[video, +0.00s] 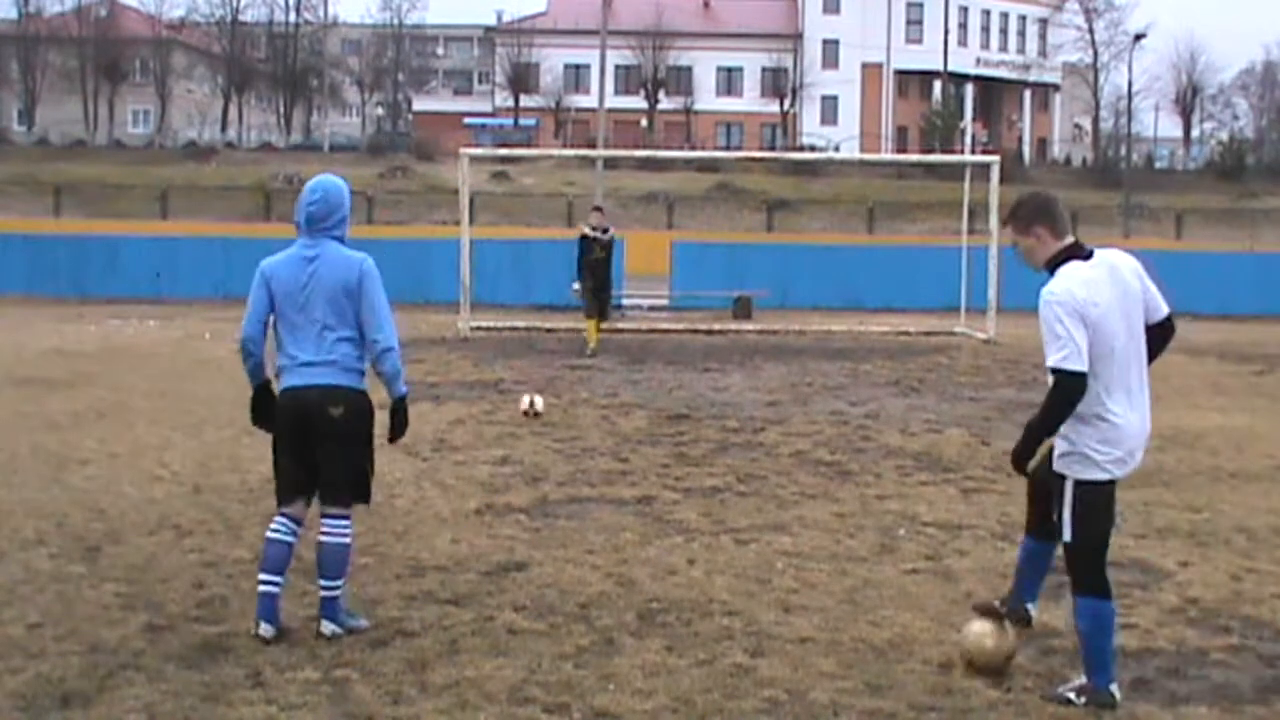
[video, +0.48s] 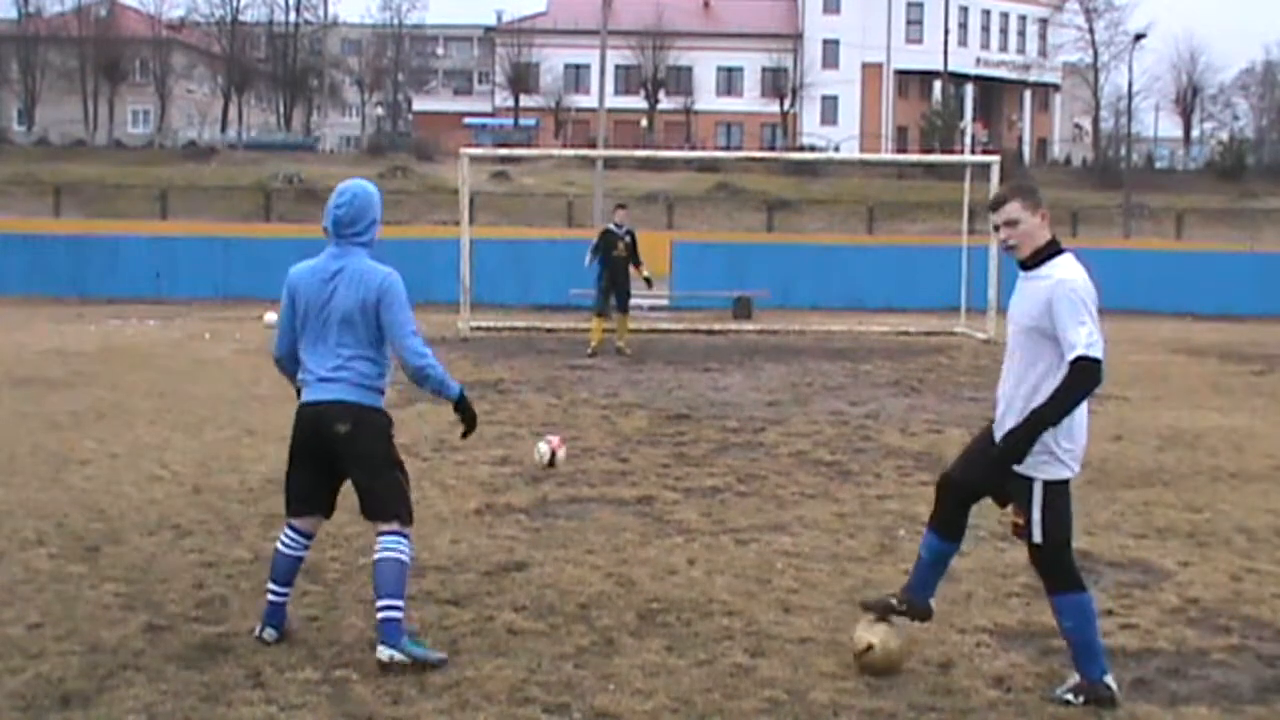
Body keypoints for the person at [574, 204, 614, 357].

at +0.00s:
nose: (595, 222)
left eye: (598, 218)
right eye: (592, 218)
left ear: (603, 220)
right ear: (589, 220)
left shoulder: (608, 238)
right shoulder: (584, 238)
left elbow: (608, 262)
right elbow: (580, 260)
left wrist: (610, 283)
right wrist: (578, 279)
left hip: (604, 281)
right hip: (588, 280)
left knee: (600, 314)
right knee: (591, 312)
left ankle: (592, 337)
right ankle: (592, 343)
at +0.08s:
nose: (599, 219)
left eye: (602, 216)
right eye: (597, 215)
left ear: (606, 218)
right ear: (592, 217)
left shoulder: (610, 234)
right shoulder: (586, 236)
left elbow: (616, 247)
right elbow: (579, 257)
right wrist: (576, 276)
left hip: (606, 279)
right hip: (590, 279)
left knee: (610, 312)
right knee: (591, 313)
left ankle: (596, 330)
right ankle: (592, 343)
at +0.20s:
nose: (603, 219)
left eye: (606, 216)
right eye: (601, 216)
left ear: (610, 218)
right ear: (596, 217)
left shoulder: (616, 234)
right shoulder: (589, 236)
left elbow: (625, 253)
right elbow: (579, 255)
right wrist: (574, 267)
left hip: (611, 277)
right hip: (594, 277)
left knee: (617, 309)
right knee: (594, 312)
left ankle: (615, 340)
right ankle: (592, 343)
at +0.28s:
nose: (608, 219)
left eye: (610, 216)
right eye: (605, 215)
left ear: (614, 217)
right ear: (600, 217)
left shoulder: (619, 234)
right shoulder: (593, 234)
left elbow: (626, 250)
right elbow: (583, 250)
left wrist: (632, 261)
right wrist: (577, 259)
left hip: (614, 277)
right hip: (597, 277)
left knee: (620, 310)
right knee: (596, 312)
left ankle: (620, 341)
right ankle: (593, 344)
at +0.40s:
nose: (617, 218)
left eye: (620, 215)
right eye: (615, 215)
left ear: (622, 217)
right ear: (609, 216)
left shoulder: (626, 235)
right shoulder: (601, 235)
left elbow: (633, 256)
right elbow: (589, 251)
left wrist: (642, 270)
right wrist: (584, 255)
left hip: (619, 276)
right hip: (603, 276)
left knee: (622, 311)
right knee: (599, 311)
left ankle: (620, 342)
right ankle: (593, 344)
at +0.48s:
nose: (622, 218)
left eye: (624, 214)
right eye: (619, 214)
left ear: (627, 217)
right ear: (614, 215)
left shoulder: (629, 235)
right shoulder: (606, 233)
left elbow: (635, 258)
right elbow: (595, 252)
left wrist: (644, 274)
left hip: (622, 275)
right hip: (606, 275)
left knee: (623, 310)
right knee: (600, 310)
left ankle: (620, 342)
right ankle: (594, 343)